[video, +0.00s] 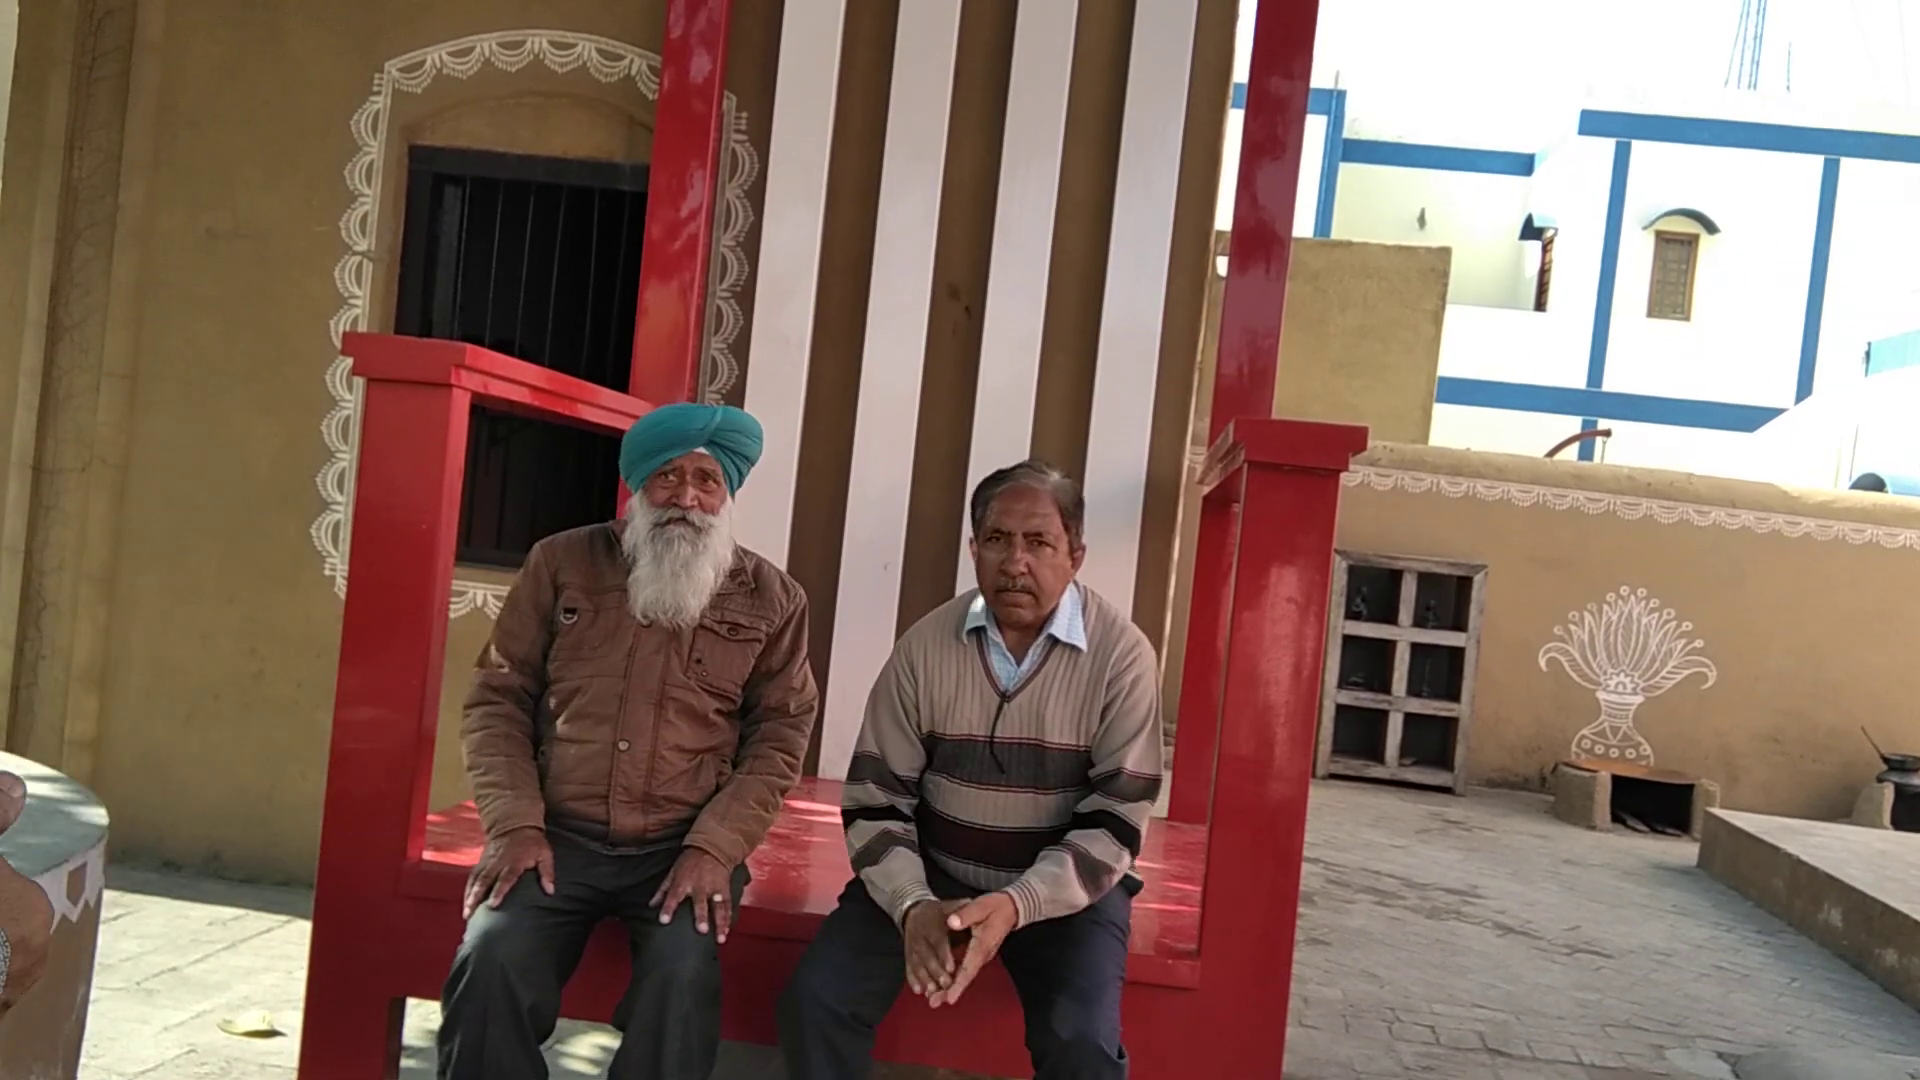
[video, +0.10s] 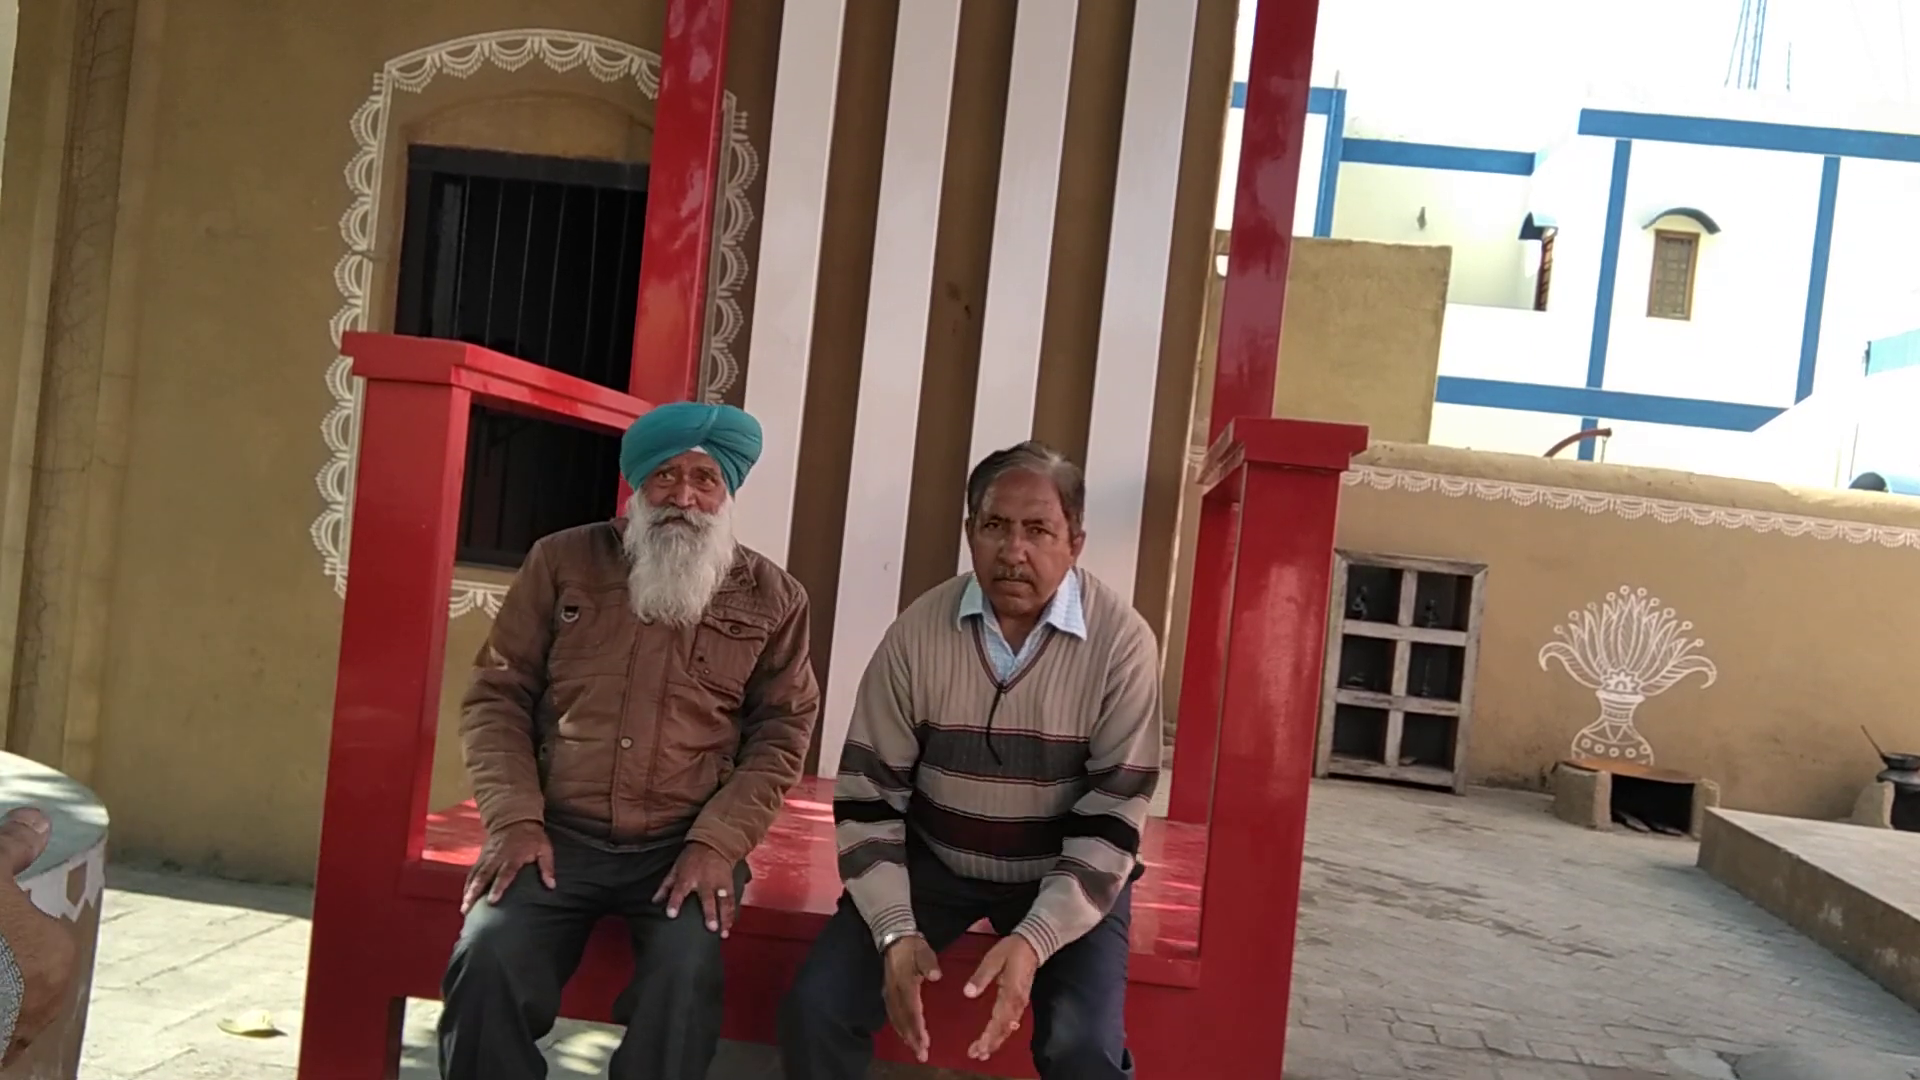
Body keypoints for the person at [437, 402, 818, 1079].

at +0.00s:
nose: (687, 496)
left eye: (707, 481)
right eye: (668, 478)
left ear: (729, 498)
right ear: (634, 489)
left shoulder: (771, 601)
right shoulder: (561, 565)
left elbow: (780, 739)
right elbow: (498, 696)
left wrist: (714, 847)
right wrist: (514, 821)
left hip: (683, 858)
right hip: (556, 843)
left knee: (683, 970)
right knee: (491, 955)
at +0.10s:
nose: (684, 495)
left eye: (705, 480)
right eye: (666, 477)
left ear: (729, 497)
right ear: (634, 487)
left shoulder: (772, 600)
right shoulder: (561, 563)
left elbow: (782, 734)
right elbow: (498, 693)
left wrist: (717, 842)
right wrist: (513, 816)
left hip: (684, 855)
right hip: (555, 840)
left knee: (686, 971)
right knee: (487, 956)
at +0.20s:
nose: (678, 492)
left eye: (700, 477)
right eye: (661, 474)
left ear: (727, 495)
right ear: (630, 486)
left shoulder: (772, 598)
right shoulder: (558, 563)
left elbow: (783, 734)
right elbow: (496, 695)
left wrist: (723, 843)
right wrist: (512, 817)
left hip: (686, 856)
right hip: (557, 841)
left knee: (692, 974)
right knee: (488, 962)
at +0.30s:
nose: (668, 495)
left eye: (691, 478)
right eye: (651, 475)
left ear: (721, 495)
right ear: (623, 484)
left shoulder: (770, 596)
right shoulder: (552, 563)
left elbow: (783, 736)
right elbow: (491, 701)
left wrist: (724, 848)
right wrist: (514, 823)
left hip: (686, 858)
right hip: (557, 845)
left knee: (689, 975)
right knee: (492, 969)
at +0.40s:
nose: (654, 497)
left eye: (677, 480)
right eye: (637, 477)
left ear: (710, 493)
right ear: (611, 484)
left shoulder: (766, 596)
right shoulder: (540, 568)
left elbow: (783, 739)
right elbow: (481, 708)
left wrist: (718, 854)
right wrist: (511, 830)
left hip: (683, 863)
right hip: (553, 852)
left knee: (684, 981)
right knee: (491, 974)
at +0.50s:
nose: (634, 502)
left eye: (658, 484)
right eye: (616, 482)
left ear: (696, 497)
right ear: (591, 490)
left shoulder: (757, 596)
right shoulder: (524, 571)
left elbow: (788, 733)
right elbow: (463, 711)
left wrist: (716, 857)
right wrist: (503, 832)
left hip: (679, 867)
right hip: (546, 856)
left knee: (683, 988)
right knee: (487, 978)